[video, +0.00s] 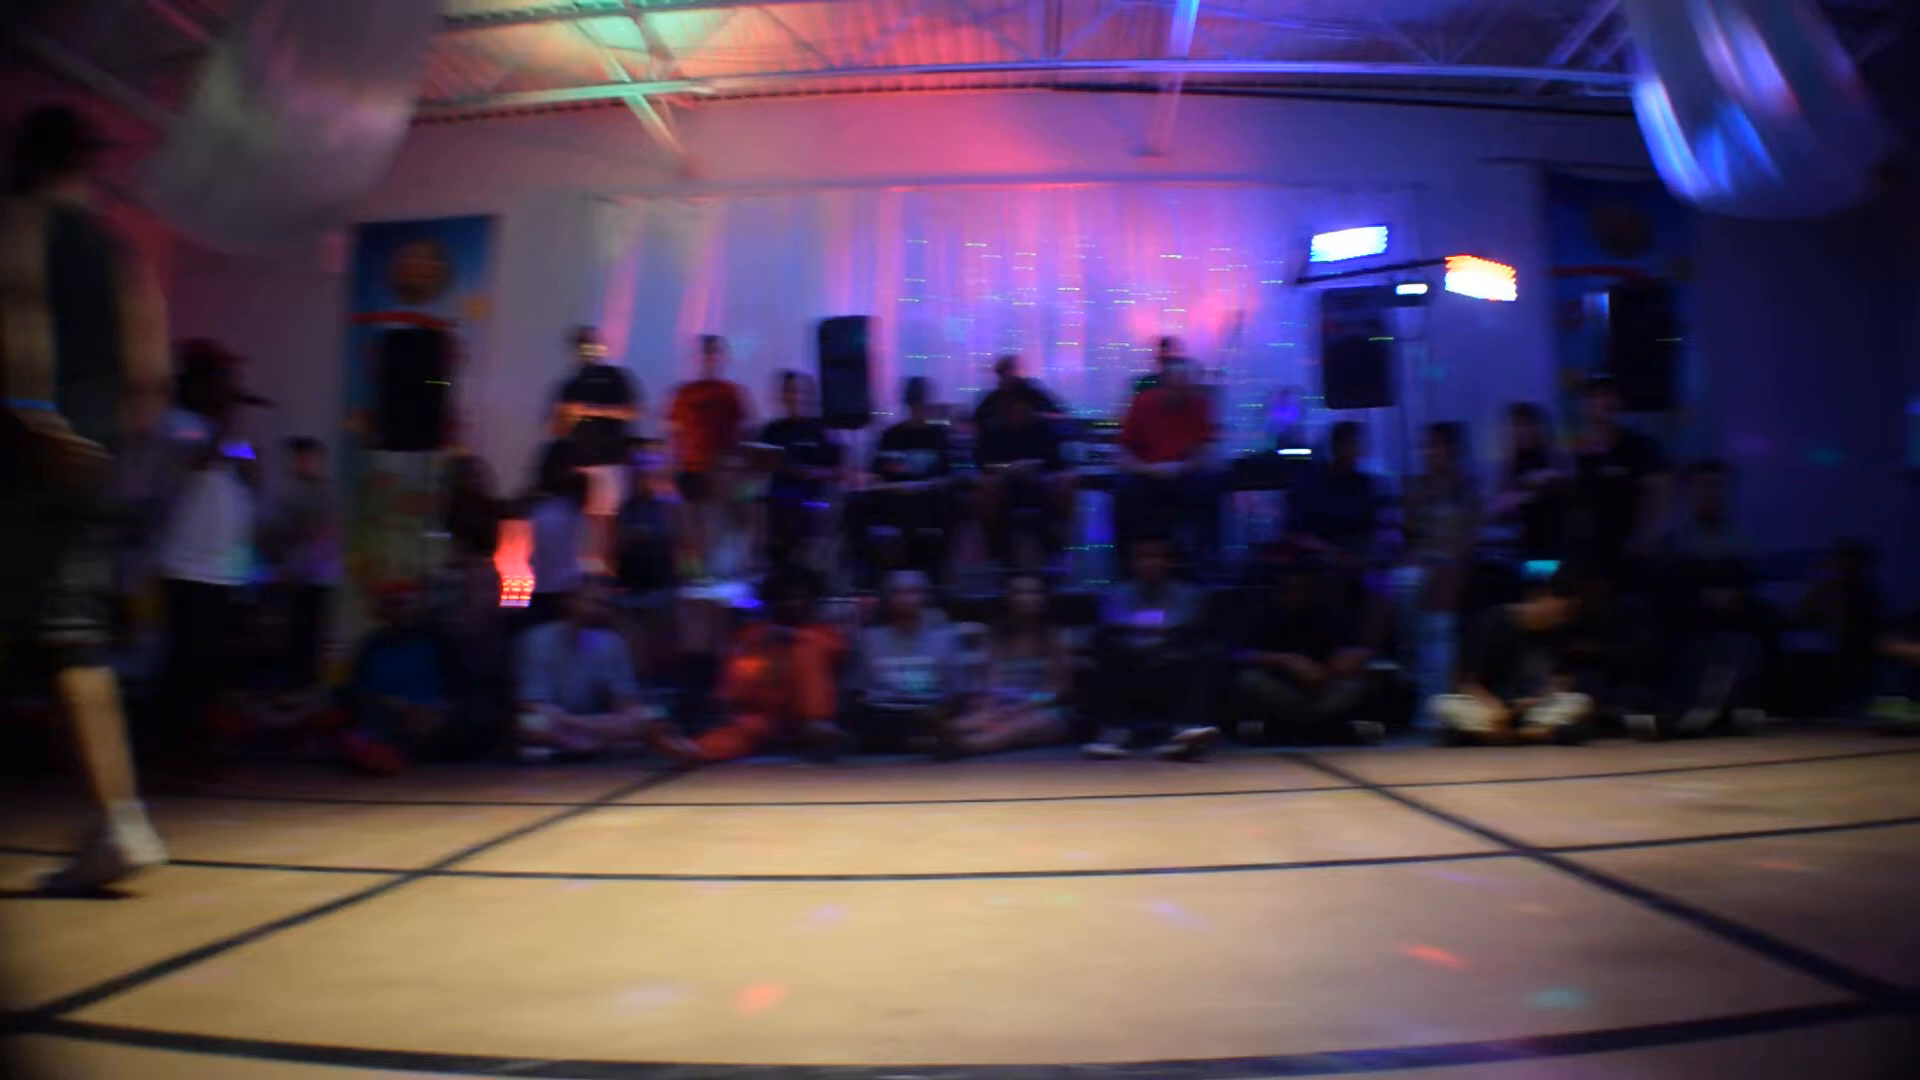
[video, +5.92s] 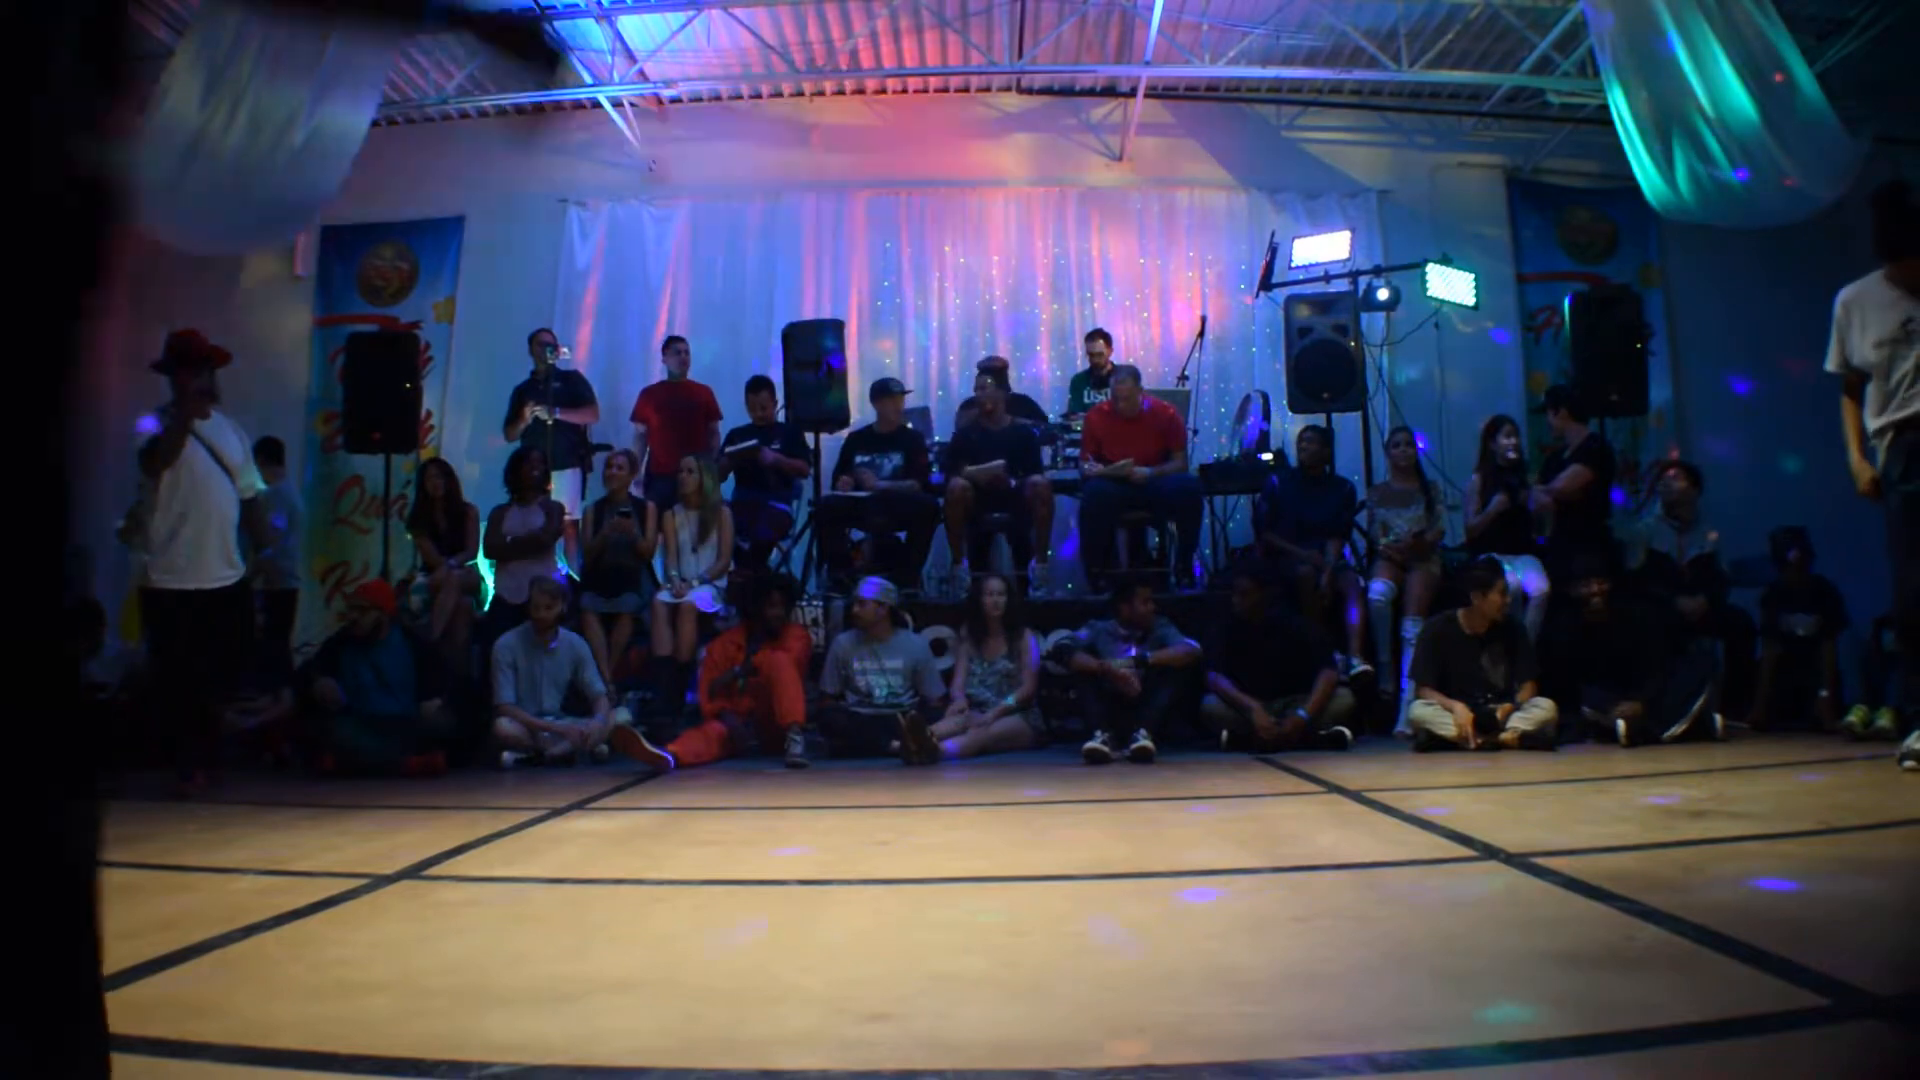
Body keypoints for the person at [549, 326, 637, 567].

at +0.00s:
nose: (589, 353)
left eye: (593, 347)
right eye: (584, 348)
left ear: (601, 349)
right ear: (577, 350)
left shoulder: (615, 378)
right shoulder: (573, 383)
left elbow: (632, 412)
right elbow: (559, 428)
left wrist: (592, 410)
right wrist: (571, 415)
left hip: (610, 457)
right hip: (580, 458)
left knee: (607, 512)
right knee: (585, 514)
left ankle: (607, 562)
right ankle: (587, 563)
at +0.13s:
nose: (538, 345)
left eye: (541, 339)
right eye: (532, 340)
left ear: (550, 342)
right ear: (525, 346)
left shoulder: (568, 374)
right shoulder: (519, 383)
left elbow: (585, 409)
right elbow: (505, 429)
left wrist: (547, 409)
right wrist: (518, 416)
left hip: (562, 458)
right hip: (529, 460)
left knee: (558, 518)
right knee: (529, 518)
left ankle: (560, 571)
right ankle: (532, 572)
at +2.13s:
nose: (549, 351)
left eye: (552, 345)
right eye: (543, 346)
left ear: (560, 349)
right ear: (533, 353)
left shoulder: (576, 379)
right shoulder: (525, 390)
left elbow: (595, 415)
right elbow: (513, 435)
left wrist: (559, 414)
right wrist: (527, 422)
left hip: (570, 461)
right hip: (537, 464)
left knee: (572, 523)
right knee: (538, 522)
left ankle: (576, 579)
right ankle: (538, 581)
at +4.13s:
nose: (549, 351)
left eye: (553, 346)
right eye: (544, 347)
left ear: (559, 351)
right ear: (534, 352)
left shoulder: (576, 380)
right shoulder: (525, 390)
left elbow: (593, 415)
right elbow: (512, 435)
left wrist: (557, 414)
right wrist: (524, 421)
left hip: (569, 464)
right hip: (536, 466)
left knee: (569, 524)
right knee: (535, 523)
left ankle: (570, 578)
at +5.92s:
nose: (548, 350)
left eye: (552, 346)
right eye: (542, 346)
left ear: (558, 350)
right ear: (531, 351)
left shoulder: (573, 379)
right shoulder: (522, 389)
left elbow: (592, 414)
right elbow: (509, 434)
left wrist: (555, 413)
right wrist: (524, 420)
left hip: (568, 463)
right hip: (534, 465)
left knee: (569, 525)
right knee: (535, 525)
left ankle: (572, 579)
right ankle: (538, 582)